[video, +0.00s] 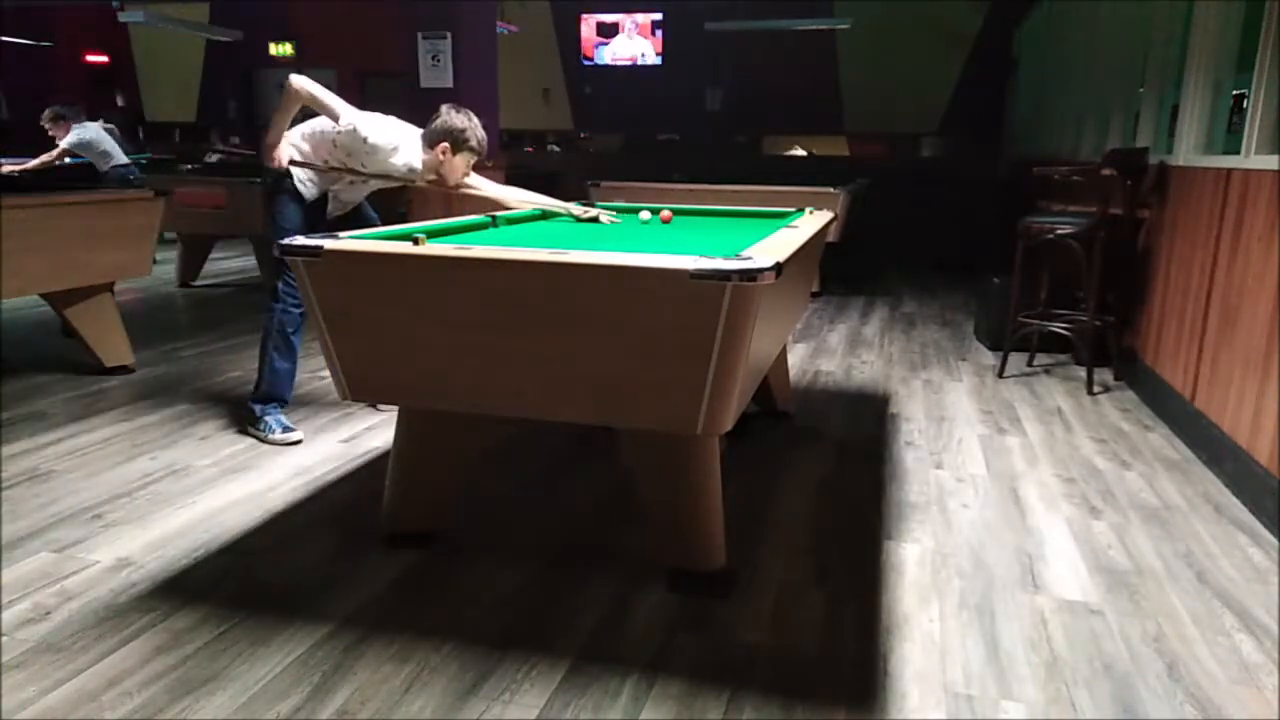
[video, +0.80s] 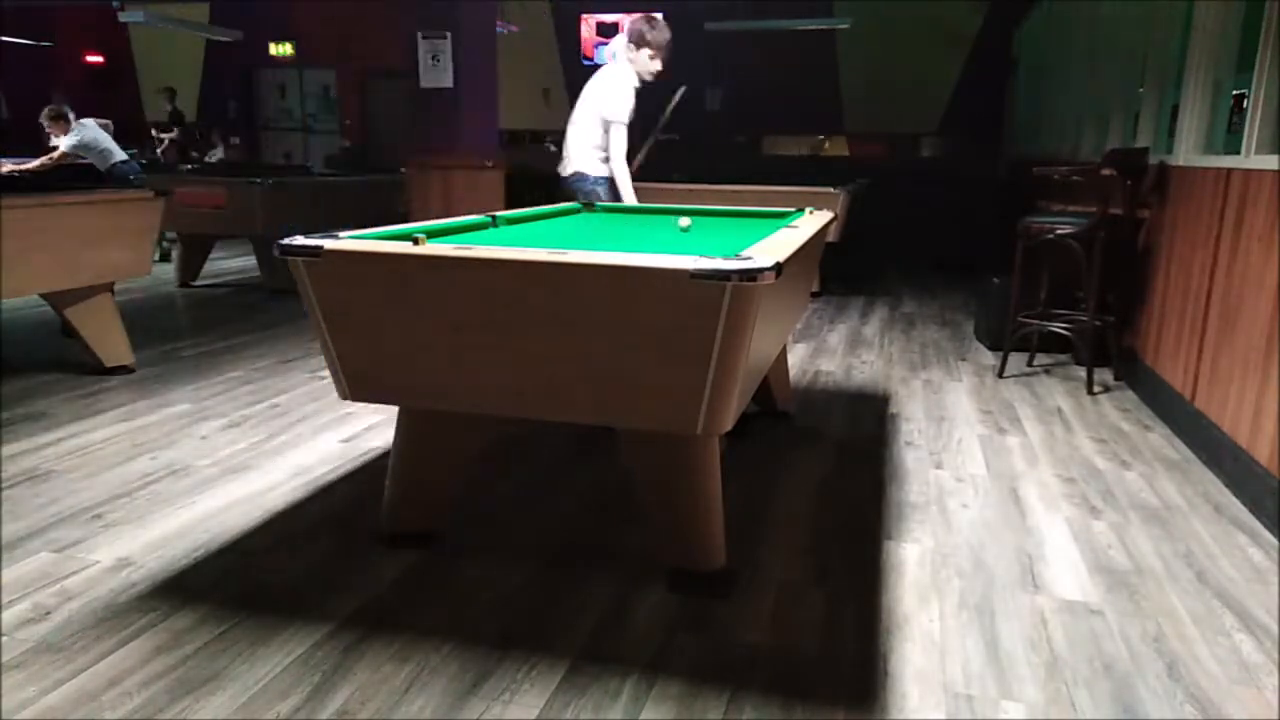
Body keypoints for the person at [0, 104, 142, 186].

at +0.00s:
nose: (50, 134)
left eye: (51, 129)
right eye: (48, 130)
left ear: (64, 124)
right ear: (67, 123)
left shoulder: (76, 137)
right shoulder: (91, 125)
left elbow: (52, 157)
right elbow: (113, 129)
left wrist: (19, 168)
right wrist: (118, 149)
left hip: (117, 174)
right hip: (131, 171)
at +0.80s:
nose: (48, 132)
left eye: (50, 127)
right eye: (47, 128)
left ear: (62, 123)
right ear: (66, 120)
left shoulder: (73, 139)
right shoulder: (86, 121)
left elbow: (50, 160)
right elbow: (108, 124)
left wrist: (18, 168)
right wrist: (107, 147)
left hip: (119, 172)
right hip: (130, 165)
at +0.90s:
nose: (73, 107)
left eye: (76, 103)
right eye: (72, 104)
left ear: (89, 104)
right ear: (90, 105)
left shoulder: (93, 124)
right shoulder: (108, 117)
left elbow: (83, 153)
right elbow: (125, 132)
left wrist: (59, 173)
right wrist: (116, 153)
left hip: (109, 171)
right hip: (121, 169)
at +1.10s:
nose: (58, 102)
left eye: (62, 98)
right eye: (58, 98)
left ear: (76, 99)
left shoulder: (92, 124)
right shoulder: (65, 118)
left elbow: (96, 155)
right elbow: (72, 144)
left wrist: (81, 180)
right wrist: (59, 156)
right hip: (73, 174)